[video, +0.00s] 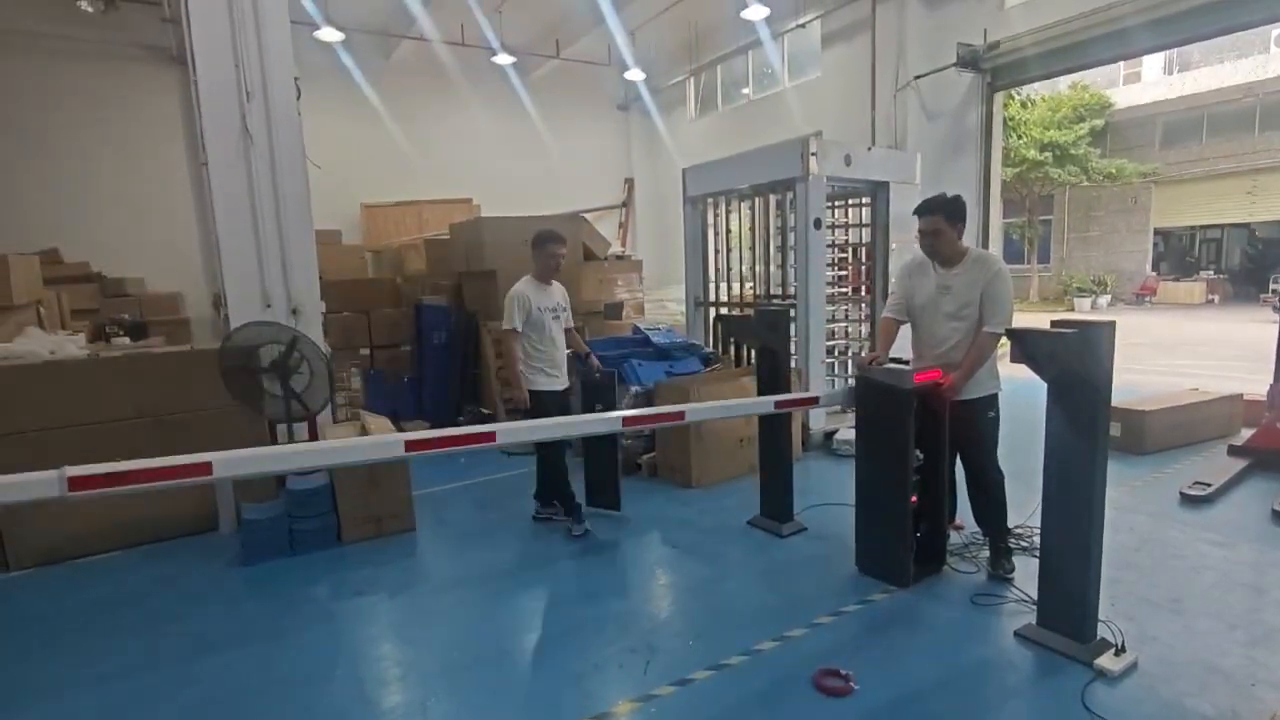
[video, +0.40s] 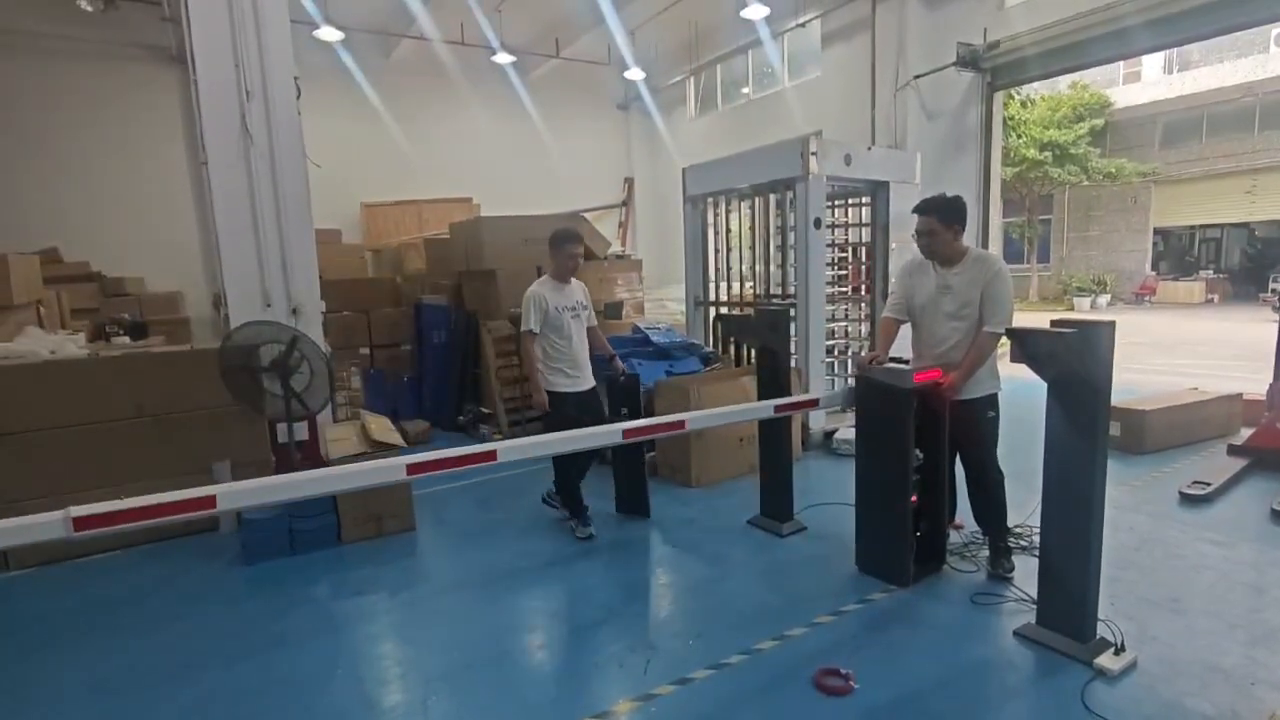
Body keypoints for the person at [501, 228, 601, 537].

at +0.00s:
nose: (560, 263)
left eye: (562, 257)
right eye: (554, 257)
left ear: (563, 258)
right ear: (536, 256)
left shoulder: (560, 291)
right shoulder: (519, 294)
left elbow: (568, 331)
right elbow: (511, 343)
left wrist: (588, 354)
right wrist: (518, 387)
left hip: (561, 383)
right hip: (537, 386)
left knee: (551, 446)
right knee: (554, 448)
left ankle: (544, 504)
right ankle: (573, 512)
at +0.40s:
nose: (577, 263)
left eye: (580, 257)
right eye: (571, 257)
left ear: (582, 256)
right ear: (553, 256)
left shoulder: (579, 288)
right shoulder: (536, 294)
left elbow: (592, 330)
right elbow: (527, 344)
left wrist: (612, 356)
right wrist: (537, 389)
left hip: (586, 386)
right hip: (557, 391)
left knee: (595, 442)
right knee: (565, 452)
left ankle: (560, 492)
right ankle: (579, 514)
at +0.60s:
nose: (590, 260)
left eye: (592, 254)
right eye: (584, 254)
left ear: (589, 254)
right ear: (565, 253)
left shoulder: (589, 286)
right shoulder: (545, 292)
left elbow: (600, 329)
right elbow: (537, 342)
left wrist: (617, 360)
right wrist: (550, 386)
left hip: (597, 386)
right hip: (566, 391)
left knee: (607, 446)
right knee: (569, 456)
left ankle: (600, 503)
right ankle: (577, 514)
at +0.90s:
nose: (607, 257)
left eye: (609, 251)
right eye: (601, 251)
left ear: (608, 251)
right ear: (582, 250)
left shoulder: (605, 285)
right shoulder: (562, 289)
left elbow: (607, 333)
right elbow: (553, 339)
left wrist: (616, 368)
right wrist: (571, 383)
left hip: (612, 386)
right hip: (582, 390)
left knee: (618, 451)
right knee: (581, 455)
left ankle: (617, 509)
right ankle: (579, 514)